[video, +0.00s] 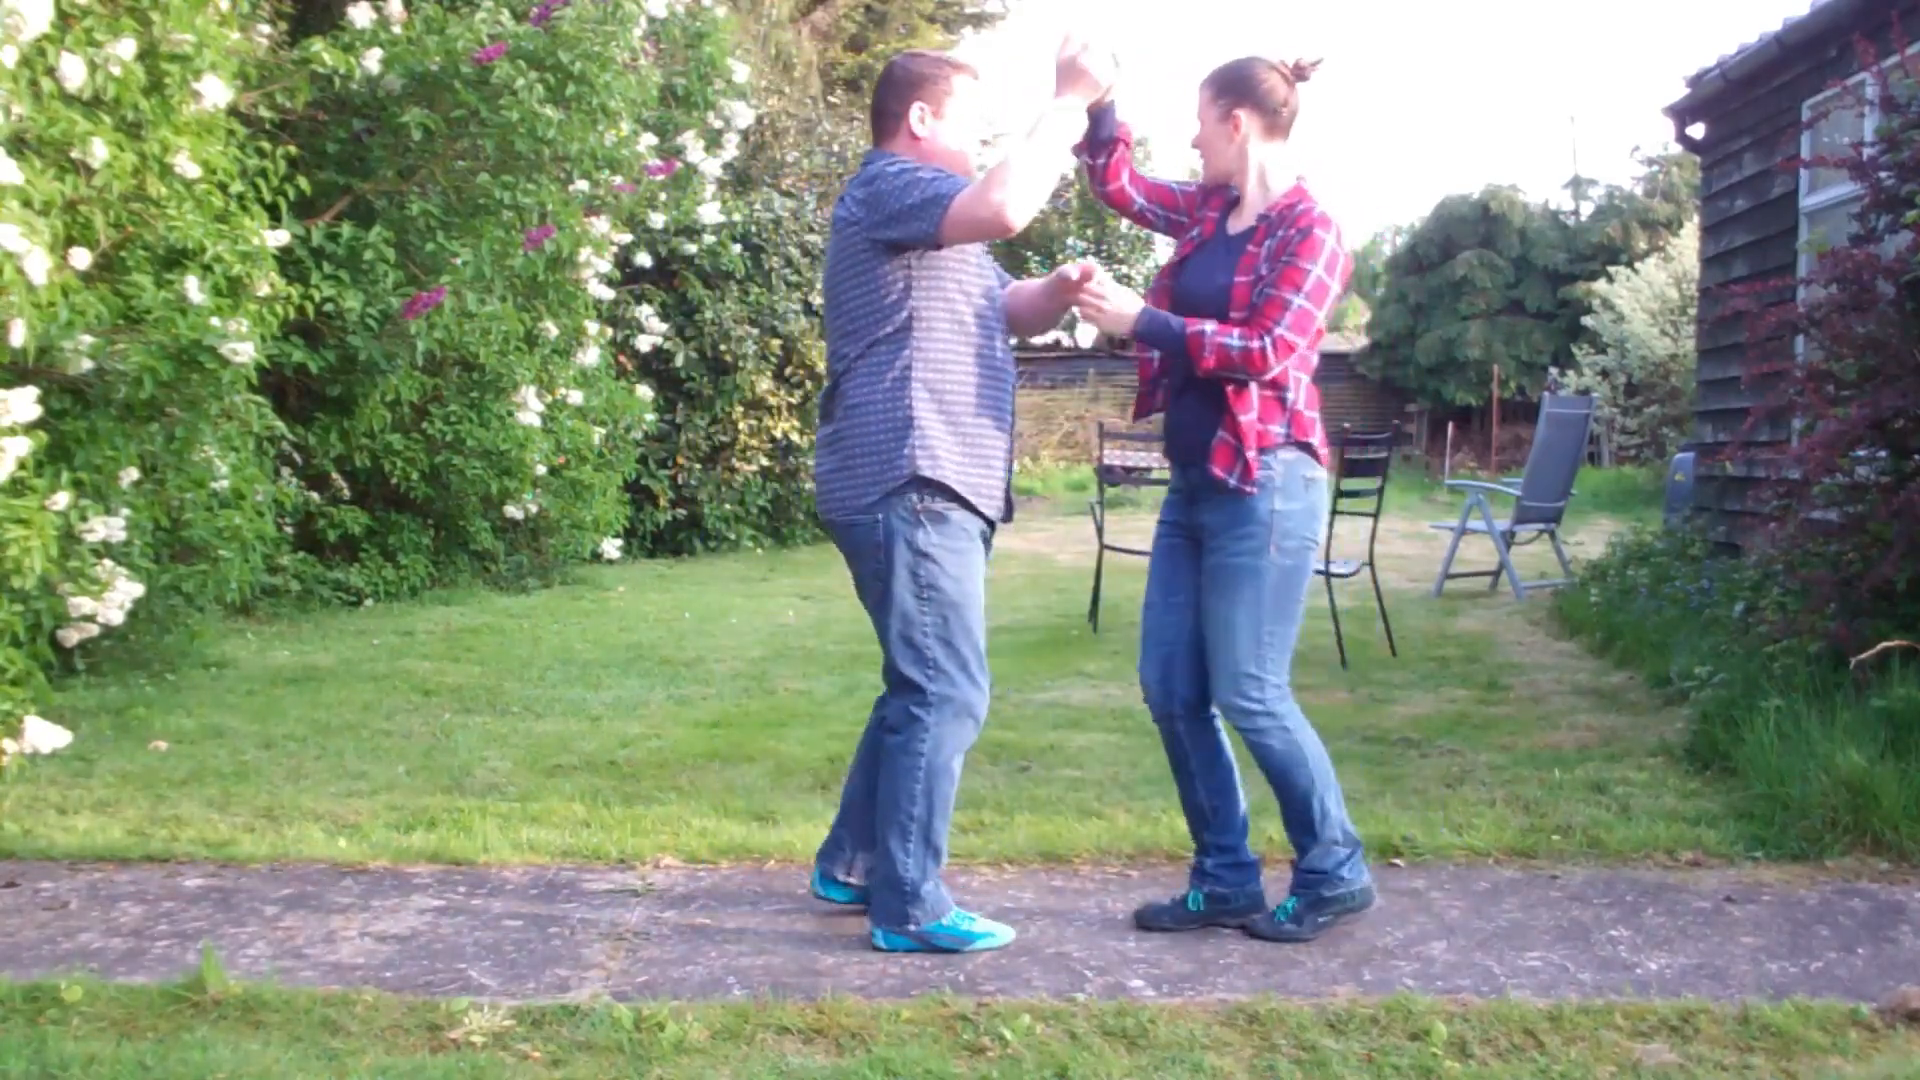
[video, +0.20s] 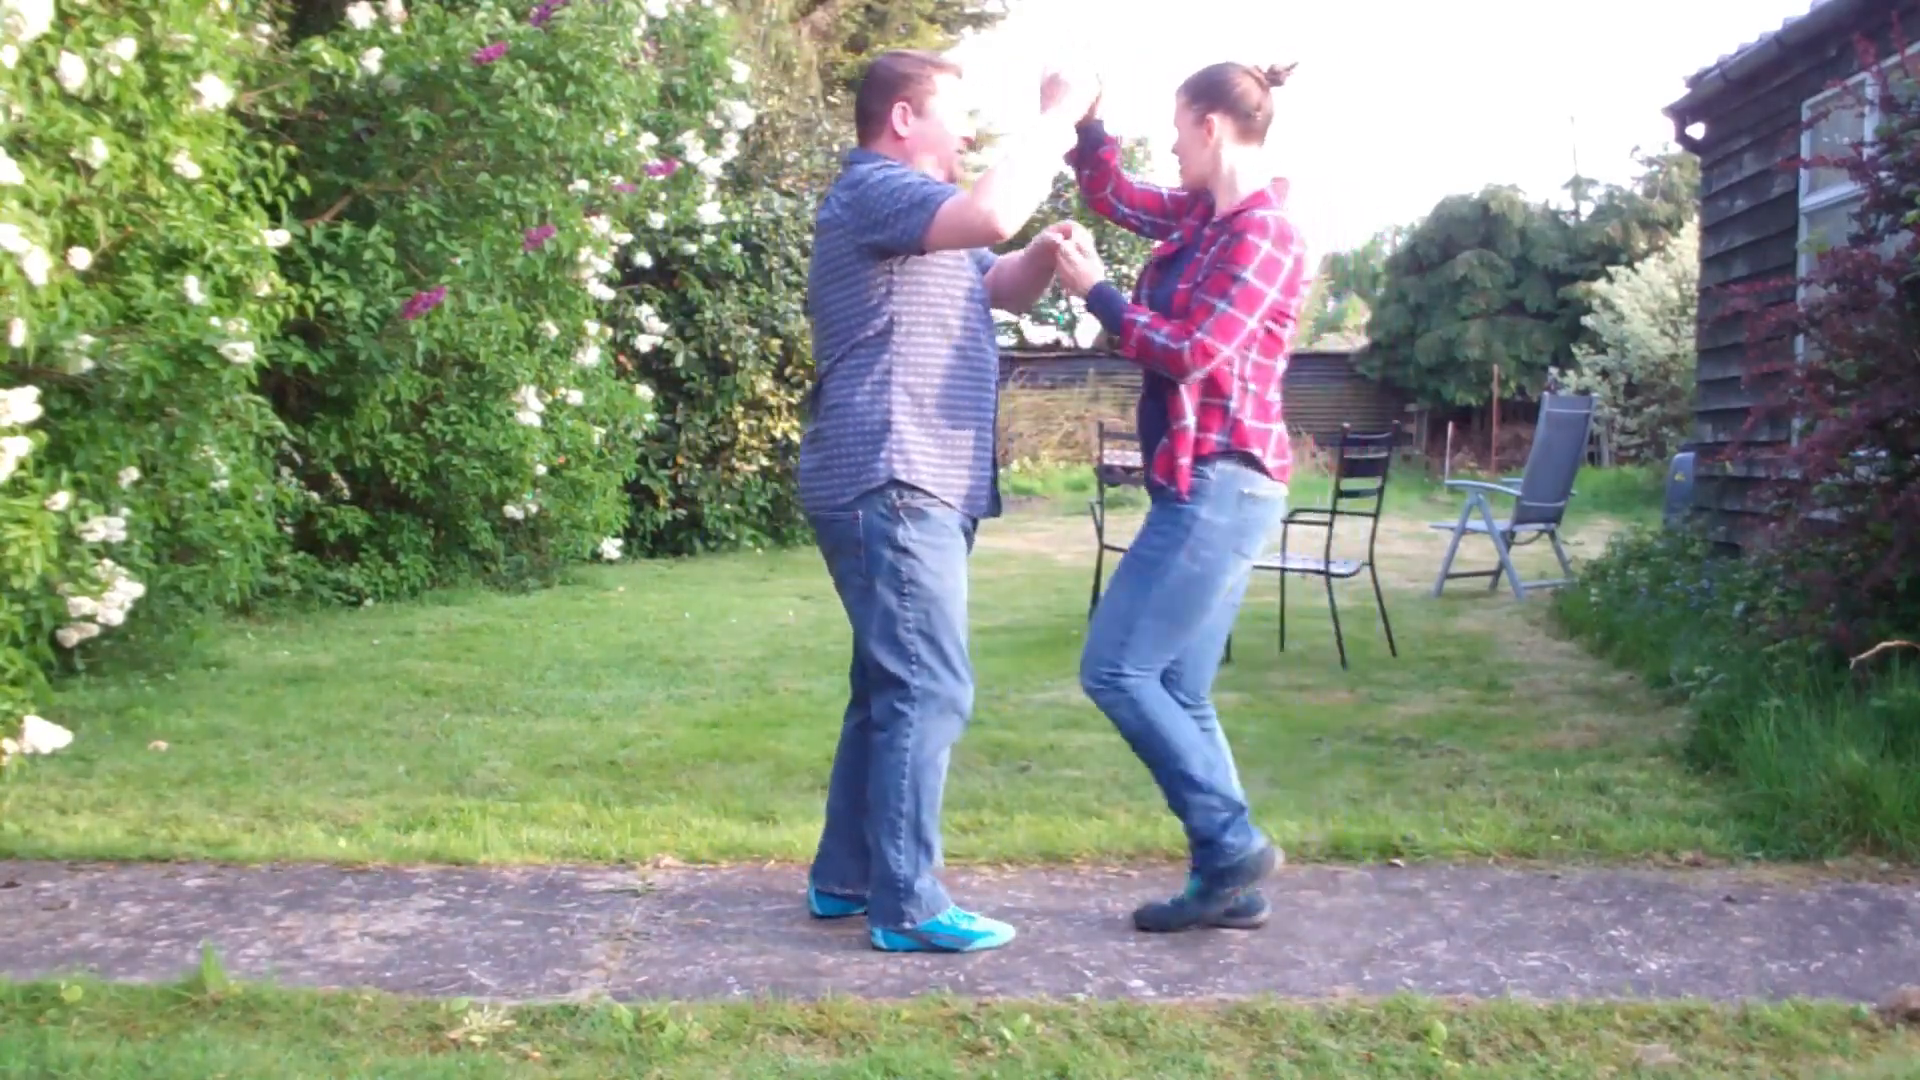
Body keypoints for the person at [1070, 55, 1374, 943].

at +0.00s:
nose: (1192, 140)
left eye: (1200, 124)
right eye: (1195, 125)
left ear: (1237, 124)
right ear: (1243, 126)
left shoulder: (1310, 229)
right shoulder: (1209, 210)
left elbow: (1269, 351)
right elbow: (1122, 186)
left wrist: (1143, 322)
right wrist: (1096, 103)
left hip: (1270, 480)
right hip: (1194, 482)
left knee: (1248, 687)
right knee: (1172, 684)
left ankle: (1335, 870)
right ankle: (1226, 880)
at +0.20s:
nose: (1171, 148)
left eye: (1177, 133)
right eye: (1172, 135)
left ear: (1213, 129)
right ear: (1228, 131)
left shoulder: (1261, 231)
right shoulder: (1204, 217)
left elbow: (1188, 353)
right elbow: (1117, 197)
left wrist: (1096, 291)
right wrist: (1083, 122)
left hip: (1223, 477)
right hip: (1218, 475)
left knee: (1116, 668)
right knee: (1181, 687)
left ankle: (1234, 850)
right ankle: (1225, 879)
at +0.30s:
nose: (1156, 153)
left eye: (1162, 136)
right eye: (1159, 138)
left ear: (1191, 130)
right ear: (1224, 133)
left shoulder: (1217, 230)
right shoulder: (1250, 218)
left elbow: (1131, 346)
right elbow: (1132, 189)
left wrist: (1079, 267)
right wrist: (1088, 114)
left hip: (1191, 487)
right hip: (1244, 489)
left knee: (1089, 666)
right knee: (1176, 690)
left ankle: (1130, 864)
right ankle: (1229, 880)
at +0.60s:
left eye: (1111, 129)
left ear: (1112, 137)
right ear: (1192, 143)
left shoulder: (1081, 230)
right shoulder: (1210, 217)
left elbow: (1017, 298)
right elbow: (1235, 152)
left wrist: (1061, 203)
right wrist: (1172, 94)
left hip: (1111, 494)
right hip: (1214, 489)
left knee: (1074, 689)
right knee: (1165, 688)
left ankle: (1033, 874)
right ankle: (1219, 873)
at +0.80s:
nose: (1171, 146)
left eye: (1166, 129)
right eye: (1166, 130)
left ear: (1085, 125)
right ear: (1148, 131)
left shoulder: (1037, 227)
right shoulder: (1164, 200)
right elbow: (1258, 120)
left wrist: (1091, 102)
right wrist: (1176, 44)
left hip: (1056, 489)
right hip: (1155, 485)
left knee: (1072, 691)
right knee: (1175, 690)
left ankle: (1033, 876)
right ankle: (1155, 871)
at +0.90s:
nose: (1175, 149)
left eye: (1173, 134)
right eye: (1170, 133)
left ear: (1090, 125)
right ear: (1138, 131)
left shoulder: (1049, 216)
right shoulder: (1133, 200)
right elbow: (1233, 122)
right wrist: (1179, 37)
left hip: (1056, 481)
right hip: (1135, 484)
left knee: (1081, 692)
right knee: (1199, 688)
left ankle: (1034, 878)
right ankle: (1123, 874)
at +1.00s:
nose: (1170, 141)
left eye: (1168, 126)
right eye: (1162, 127)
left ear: (1104, 124)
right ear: (1128, 128)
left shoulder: (1098, 207)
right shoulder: (1093, 195)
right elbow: (1186, 134)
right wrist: (1162, 40)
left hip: (1090, 475)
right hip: (1127, 481)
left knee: (1096, 692)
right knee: (1191, 689)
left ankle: (1034, 873)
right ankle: (1117, 876)